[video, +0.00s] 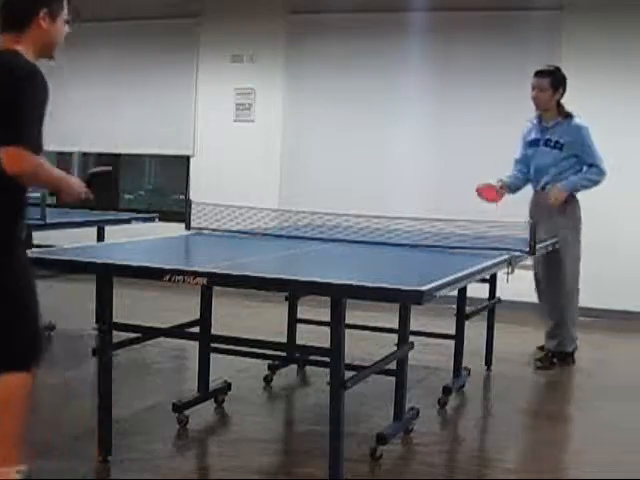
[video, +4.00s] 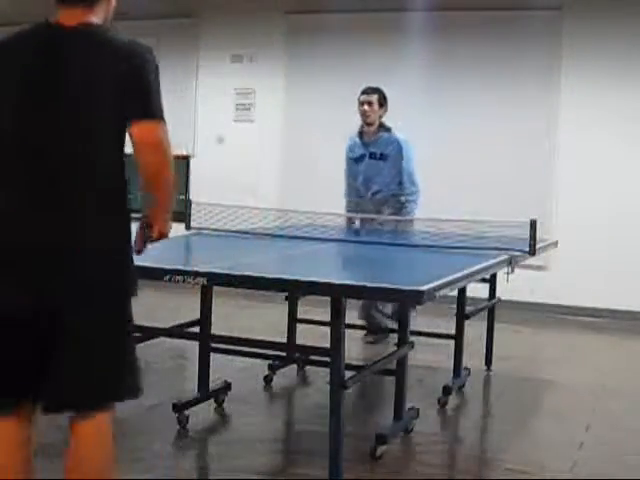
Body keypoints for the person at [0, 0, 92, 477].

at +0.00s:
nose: (65, 32)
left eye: (66, 22)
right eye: (63, 20)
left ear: (28, 19)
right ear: (42, 19)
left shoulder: (8, 69)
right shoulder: (23, 75)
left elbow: (16, 155)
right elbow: (15, 156)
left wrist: (56, 178)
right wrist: (63, 181)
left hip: (6, 243)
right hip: (3, 245)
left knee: (16, 346)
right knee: (17, 349)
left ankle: (10, 463)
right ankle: (9, 465)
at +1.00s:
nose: (67, 35)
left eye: (67, 25)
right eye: (67, 26)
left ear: (10, 19)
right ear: (55, 27)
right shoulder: (65, 98)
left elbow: (66, 191)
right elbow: (67, 192)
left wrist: (47, 207)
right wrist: (43, 215)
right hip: (24, 250)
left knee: (43, 364)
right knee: (43, 367)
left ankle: (18, 469)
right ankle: (19, 471)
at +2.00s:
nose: (115, 51)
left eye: (114, 41)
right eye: (113, 42)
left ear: (59, 44)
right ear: (101, 45)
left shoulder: (21, 98)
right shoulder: (87, 100)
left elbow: (22, 182)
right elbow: (76, 182)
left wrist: (116, 218)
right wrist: (125, 225)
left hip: (9, 268)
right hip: (48, 273)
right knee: (106, 381)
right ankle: (96, 472)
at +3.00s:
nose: (290, 8)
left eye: (290, 2)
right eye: (287, 0)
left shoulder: (163, 29)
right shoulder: (231, 34)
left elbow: (96, 100)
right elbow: (235, 135)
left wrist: (80, 154)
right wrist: (360, 154)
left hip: (127, 267)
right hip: (194, 273)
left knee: (149, 446)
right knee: (221, 449)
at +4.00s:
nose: (114, 9)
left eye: (111, 6)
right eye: (114, 5)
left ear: (55, 3)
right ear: (108, 5)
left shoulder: (11, 49)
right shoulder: (125, 57)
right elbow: (150, 144)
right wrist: (159, 209)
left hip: (13, 252)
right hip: (90, 255)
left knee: (12, 408)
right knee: (92, 410)